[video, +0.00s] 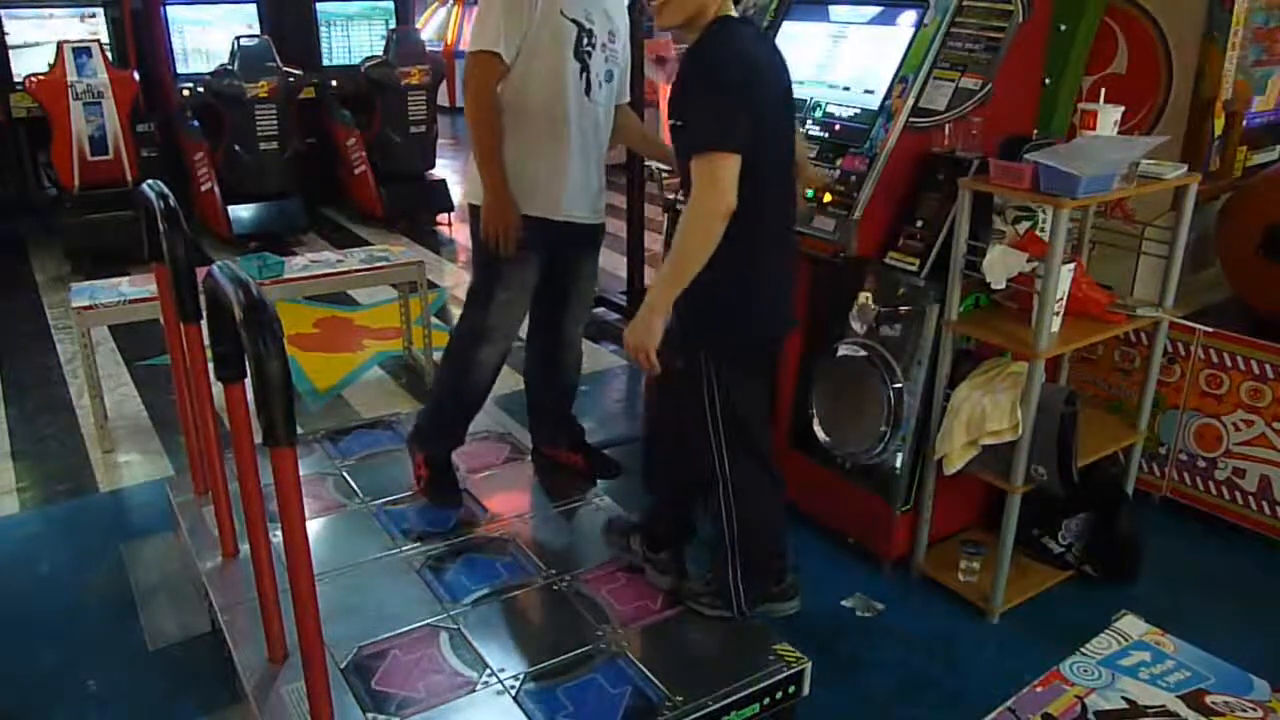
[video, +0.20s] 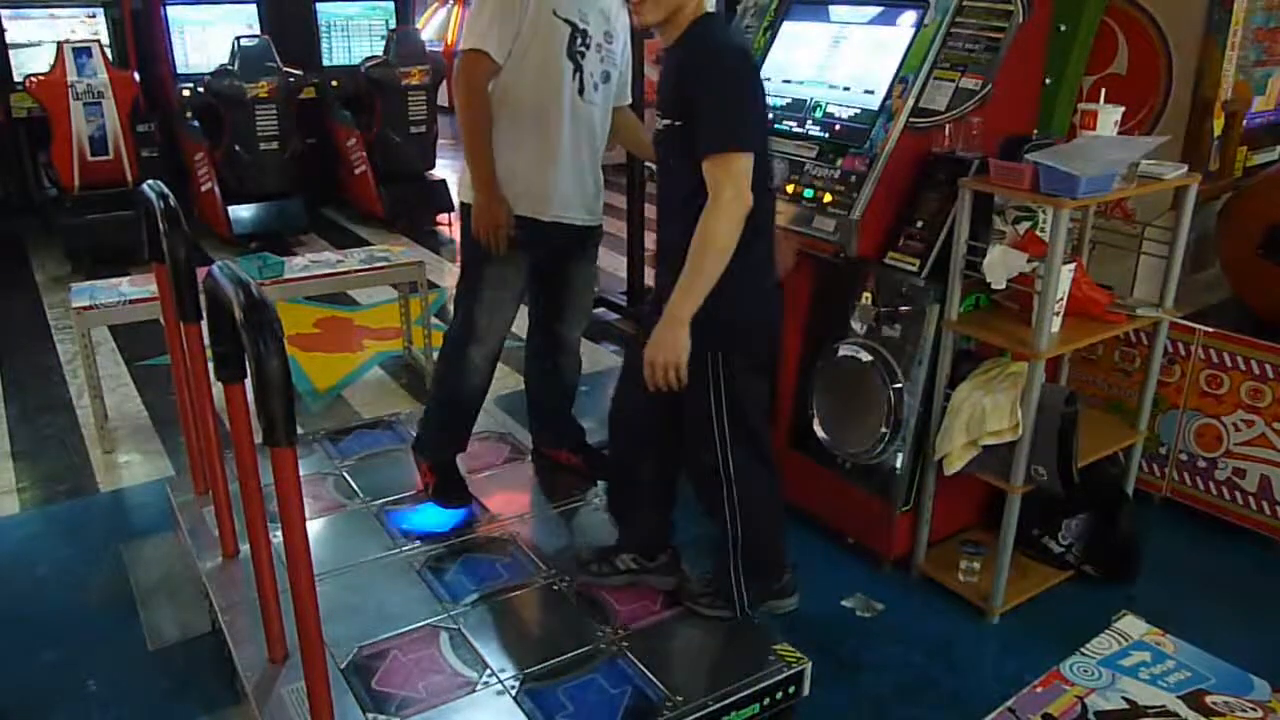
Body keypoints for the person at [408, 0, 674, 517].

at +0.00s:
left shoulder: (617, 11)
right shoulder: (519, 1)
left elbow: (612, 110)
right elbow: (478, 83)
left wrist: (673, 157)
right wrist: (495, 190)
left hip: (582, 203)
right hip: (517, 198)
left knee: (562, 337)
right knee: (489, 334)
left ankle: (557, 440)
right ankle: (432, 447)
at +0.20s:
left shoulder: (615, 12)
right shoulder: (513, 1)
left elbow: (611, 109)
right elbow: (469, 77)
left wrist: (669, 157)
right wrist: (486, 190)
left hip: (579, 206)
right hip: (509, 200)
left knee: (561, 343)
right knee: (479, 342)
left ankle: (558, 449)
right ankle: (437, 454)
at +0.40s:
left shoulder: (609, 17)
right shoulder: (500, 1)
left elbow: (604, 116)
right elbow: (453, 77)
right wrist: (465, 189)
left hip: (569, 207)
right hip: (496, 202)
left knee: (557, 343)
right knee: (472, 344)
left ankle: (556, 450)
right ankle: (442, 463)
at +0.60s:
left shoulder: (568, 13)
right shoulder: (469, 4)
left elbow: (572, 107)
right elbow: (425, 87)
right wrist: (434, 192)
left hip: (545, 207)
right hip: (474, 206)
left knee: (543, 343)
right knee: (450, 347)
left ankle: (555, 447)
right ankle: (423, 460)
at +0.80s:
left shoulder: (543, 11)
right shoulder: (421, 5)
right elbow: (383, 96)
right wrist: (398, 210)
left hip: (527, 218)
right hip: (442, 219)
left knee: (544, 358)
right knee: (427, 361)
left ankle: (559, 470)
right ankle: (407, 467)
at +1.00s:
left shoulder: (497, 8)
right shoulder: (366, 6)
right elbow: (327, 99)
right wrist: (332, 214)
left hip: (483, 207)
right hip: (394, 214)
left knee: (517, 350)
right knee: (406, 355)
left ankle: (548, 466)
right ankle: (408, 469)